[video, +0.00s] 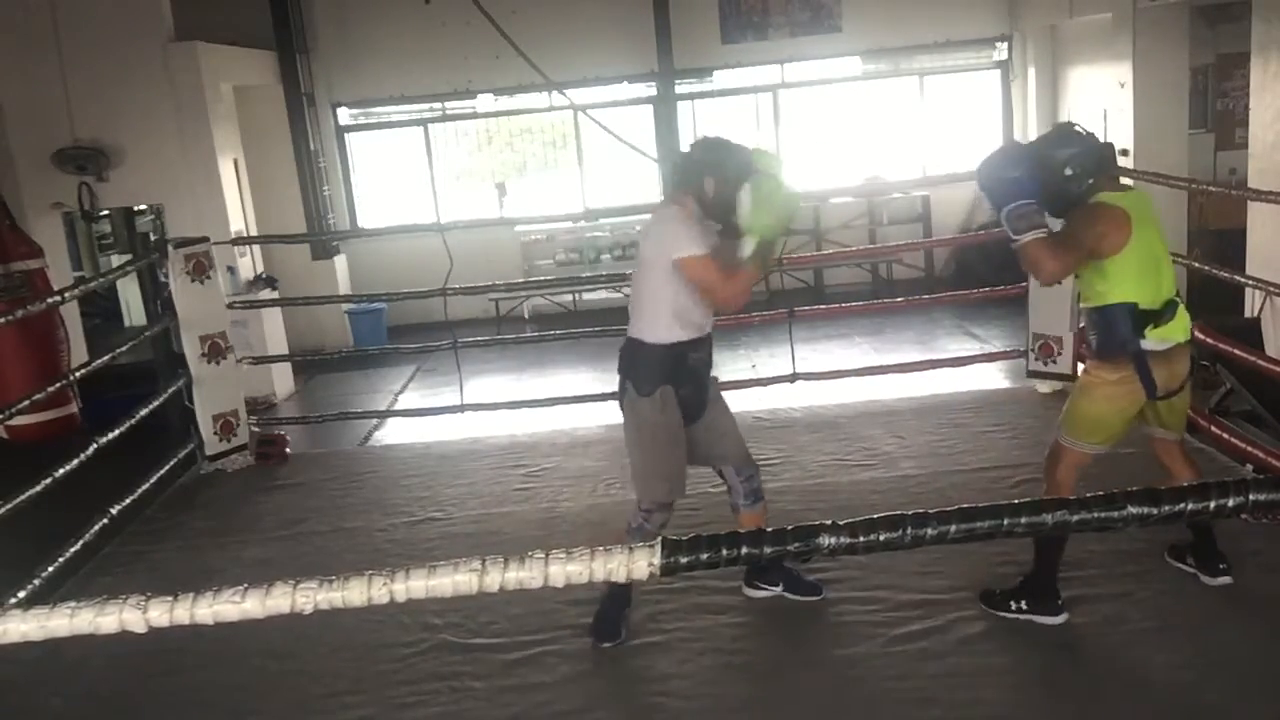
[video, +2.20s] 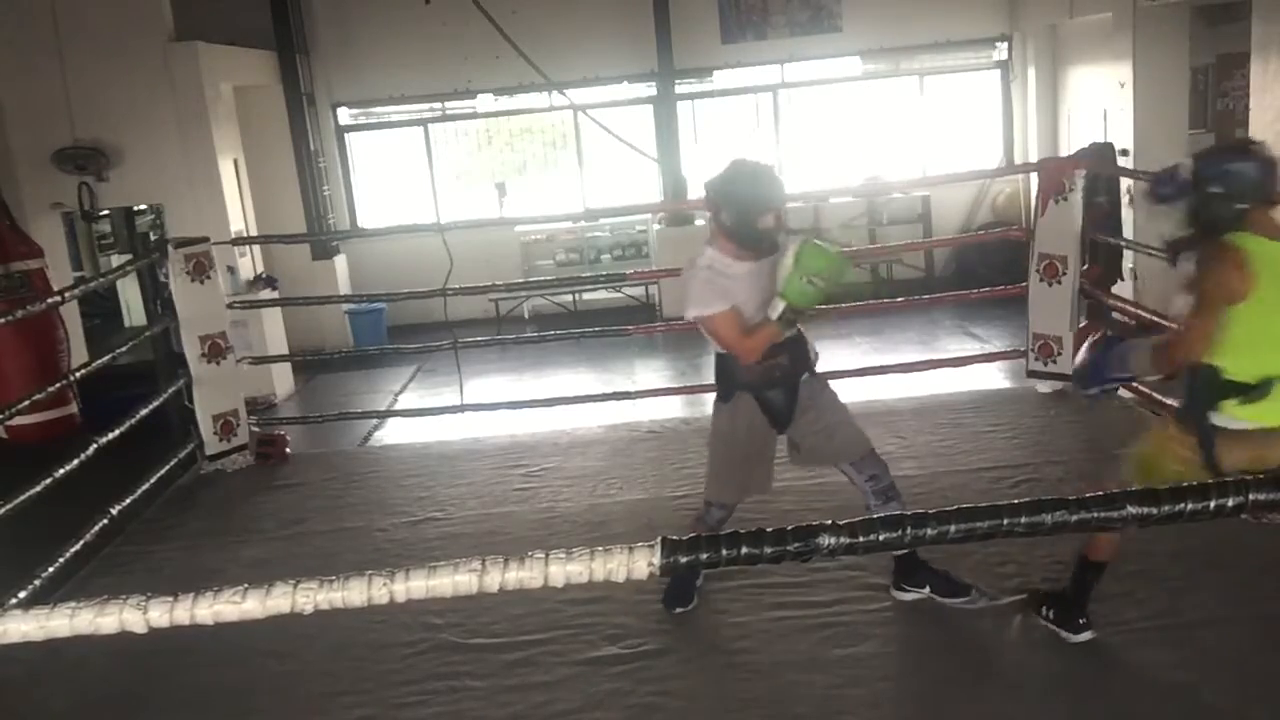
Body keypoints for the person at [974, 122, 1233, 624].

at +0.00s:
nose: (1050, 187)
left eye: (1050, 178)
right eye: (1046, 177)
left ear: (1066, 177)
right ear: (1100, 164)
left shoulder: (1098, 216)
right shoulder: (1135, 200)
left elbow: (1047, 267)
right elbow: (1068, 258)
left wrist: (1015, 205)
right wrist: (1037, 207)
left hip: (1121, 366)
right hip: (1173, 354)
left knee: (1062, 468)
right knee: (1170, 446)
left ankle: (1042, 588)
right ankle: (1208, 553)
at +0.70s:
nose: (1102, 202)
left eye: (1103, 192)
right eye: (1100, 192)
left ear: (1124, 194)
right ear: (1156, 183)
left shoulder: (1162, 234)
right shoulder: (1204, 219)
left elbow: (1133, 300)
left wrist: (1083, 242)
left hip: (1168, 386)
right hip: (1226, 378)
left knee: (1090, 477)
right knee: (1242, 471)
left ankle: (1041, 588)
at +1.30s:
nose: (1132, 188)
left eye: (1135, 178)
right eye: (1129, 177)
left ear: (1158, 175)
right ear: (1187, 163)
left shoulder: (1180, 224)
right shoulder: (1228, 191)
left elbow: (1093, 268)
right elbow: (1144, 251)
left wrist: (1077, 202)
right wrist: (1111, 216)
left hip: (1220, 374)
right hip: (1270, 358)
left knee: (1150, 475)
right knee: (1270, 464)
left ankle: (1126, 601)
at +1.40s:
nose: (1152, 193)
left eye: (1154, 184)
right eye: (1150, 183)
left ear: (1179, 182)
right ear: (1206, 168)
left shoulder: (1208, 228)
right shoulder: (1247, 201)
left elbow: (1119, 278)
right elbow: (1157, 253)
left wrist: (1099, 212)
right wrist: (1123, 200)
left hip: (1233, 376)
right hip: (1268, 362)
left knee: (1159, 476)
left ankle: (1127, 600)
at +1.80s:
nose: (1129, 201)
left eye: (1134, 190)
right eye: (1128, 190)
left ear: (1158, 192)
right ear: (1190, 182)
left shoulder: (1178, 249)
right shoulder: (1235, 211)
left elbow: (1122, 290)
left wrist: (1069, 259)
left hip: (1224, 389)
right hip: (1269, 371)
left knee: (1122, 462)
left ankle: (1105, 591)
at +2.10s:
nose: (1154, 204)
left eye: (1160, 193)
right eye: (1155, 194)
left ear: (1175, 196)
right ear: (1222, 190)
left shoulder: (1173, 258)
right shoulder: (1260, 251)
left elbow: (1109, 337)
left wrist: (1067, 347)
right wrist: (1134, 307)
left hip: (1181, 430)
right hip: (1258, 429)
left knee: (1097, 489)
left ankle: (1069, 604)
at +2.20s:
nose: (1196, 205)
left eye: (1203, 193)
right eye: (1198, 194)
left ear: (1220, 195)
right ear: (1261, 192)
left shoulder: (1230, 256)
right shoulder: (1271, 248)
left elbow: (1188, 348)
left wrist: (1123, 358)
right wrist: (1141, 349)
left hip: (1221, 439)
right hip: (1271, 435)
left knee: (1119, 489)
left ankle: (1072, 605)